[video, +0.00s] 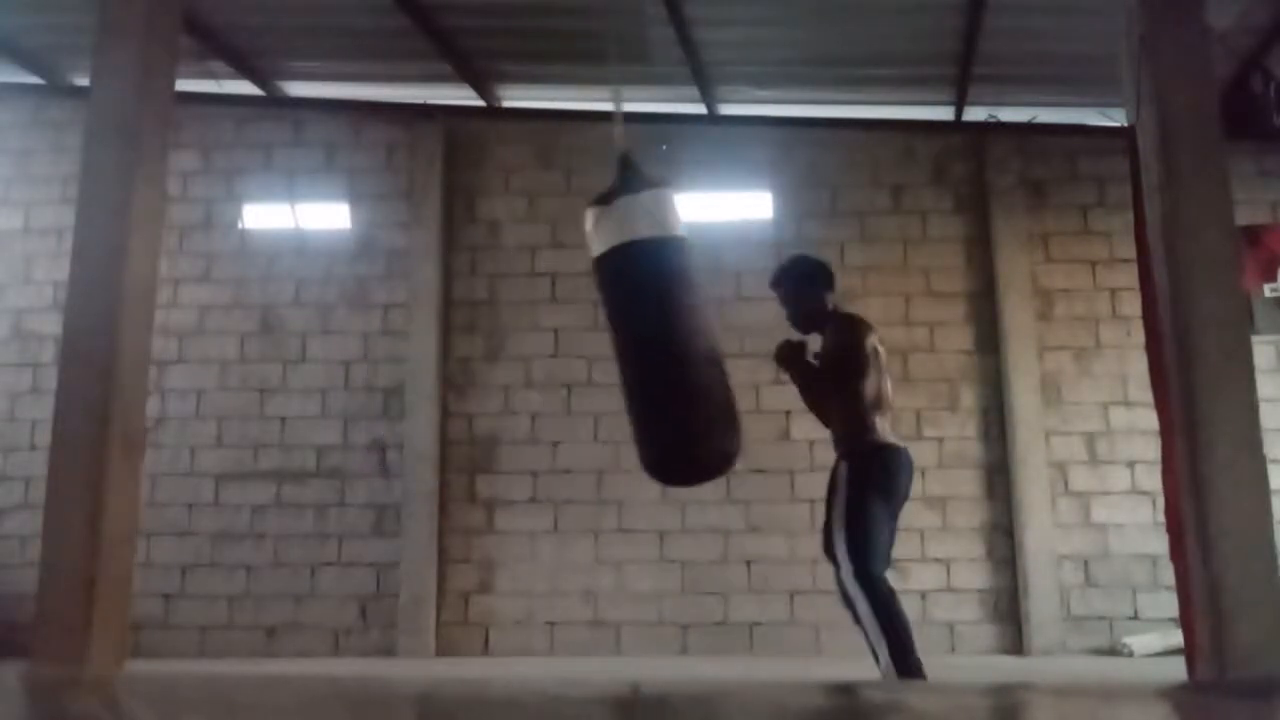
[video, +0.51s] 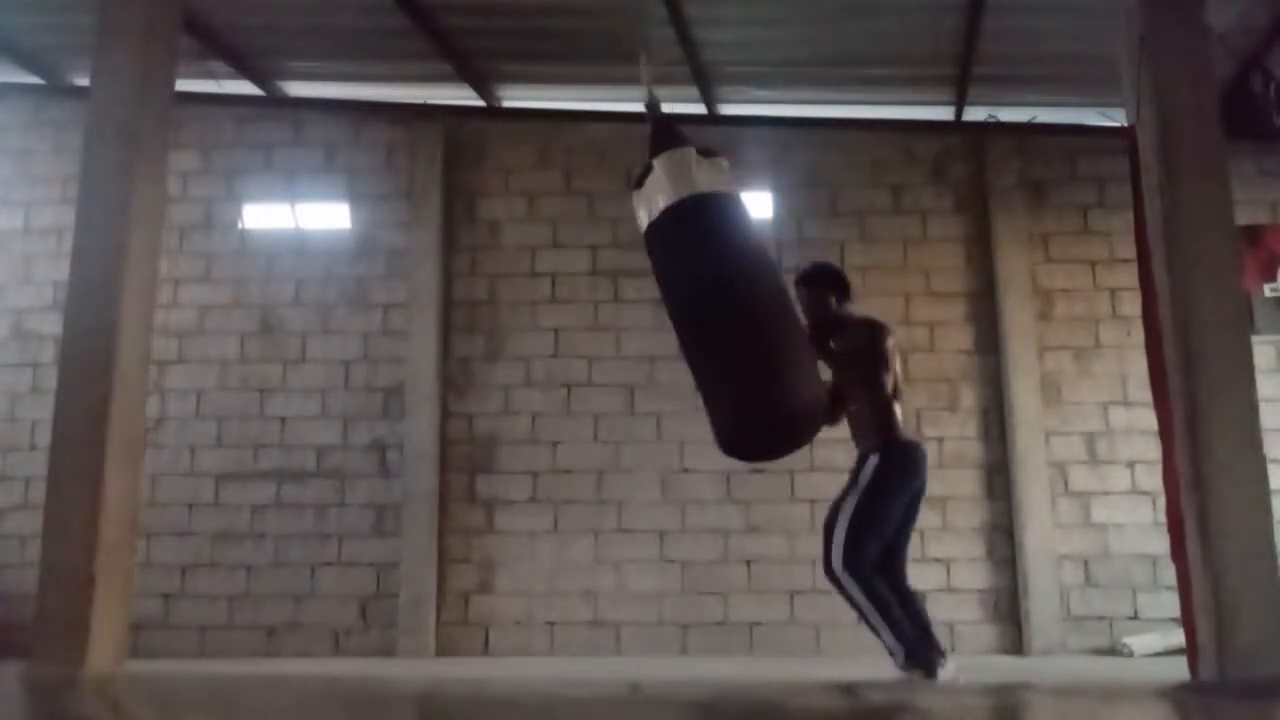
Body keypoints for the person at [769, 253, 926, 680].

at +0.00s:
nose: (785, 313)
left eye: (789, 301)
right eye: (782, 302)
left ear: (815, 294)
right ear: (820, 297)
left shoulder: (845, 331)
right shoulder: (852, 335)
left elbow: (837, 411)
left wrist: (797, 366)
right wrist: (806, 371)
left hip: (867, 463)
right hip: (885, 461)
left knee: (856, 573)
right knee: (867, 572)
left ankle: (905, 683)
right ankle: (907, 680)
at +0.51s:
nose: (804, 309)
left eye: (809, 299)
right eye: (801, 300)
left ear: (832, 297)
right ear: (822, 301)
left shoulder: (867, 330)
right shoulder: (843, 345)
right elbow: (830, 412)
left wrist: (816, 347)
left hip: (886, 460)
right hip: (903, 459)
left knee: (843, 561)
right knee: (886, 566)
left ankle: (917, 660)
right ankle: (929, 658)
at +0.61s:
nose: (795, 288)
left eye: (800, 279)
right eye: (792, 280)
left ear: (823, 277)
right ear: (814, 281)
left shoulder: (854, 310)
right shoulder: (831, 327)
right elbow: (822, 393)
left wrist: (806, 333)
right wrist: (793, 346)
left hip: (879, 437)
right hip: (891, 437)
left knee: (843, 544)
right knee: (892, 553)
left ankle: (894, 657)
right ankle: (939, 663)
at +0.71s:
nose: (791, 293)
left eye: (798, 283)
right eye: (788, 284)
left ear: (821, 282)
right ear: (797, 288)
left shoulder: (857, 316)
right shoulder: (816, 334)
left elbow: (878, 375)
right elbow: (806, 398)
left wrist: (819, 338)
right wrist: (787, 344)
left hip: (879, 442)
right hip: (877, 444)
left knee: (846, 547)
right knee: (892, 558)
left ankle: (853, 671)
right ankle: (950, 666)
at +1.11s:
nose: (738, 293)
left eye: (743, 282)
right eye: (736, 282)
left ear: (767, 281)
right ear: (768, 285)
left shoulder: (806, 314)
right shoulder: (772, 334)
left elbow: (816, 365)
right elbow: (757, 398)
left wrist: (764, 334)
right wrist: (733, 350)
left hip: (830, 447)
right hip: (840, 447)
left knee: (790, 561)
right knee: (832, 566)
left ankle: (796, 672)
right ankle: (921, 660)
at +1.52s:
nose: (692, 298)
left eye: (699, 287)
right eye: (692, 288)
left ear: (722, 288)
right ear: (728, 290)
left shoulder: (765, 323)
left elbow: (751, 386)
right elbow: (738, 411)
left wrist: (705, 338)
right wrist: (695, 382)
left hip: (791, 453)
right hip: (807, 452)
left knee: (744, 565)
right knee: (809, 578)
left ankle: (748, 680)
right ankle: (896, 669)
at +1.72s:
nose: (677, 305)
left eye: (684, 295)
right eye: (676, 295)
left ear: (708, 293)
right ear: (708, 295)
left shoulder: (744, 326)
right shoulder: (721, 343)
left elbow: (716, 392)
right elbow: (688, 398)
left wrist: (657, 344)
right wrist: (651, 382)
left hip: (777, 455)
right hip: (794, 456)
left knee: (708, 553)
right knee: (780, 575)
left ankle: (723, 676)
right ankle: (837, 680)